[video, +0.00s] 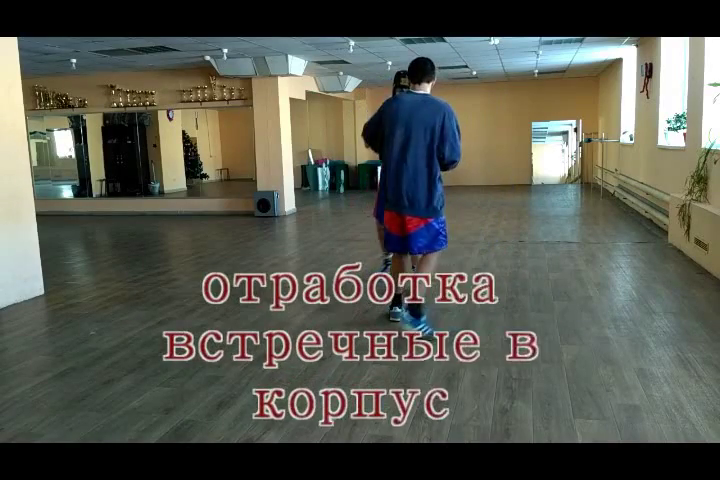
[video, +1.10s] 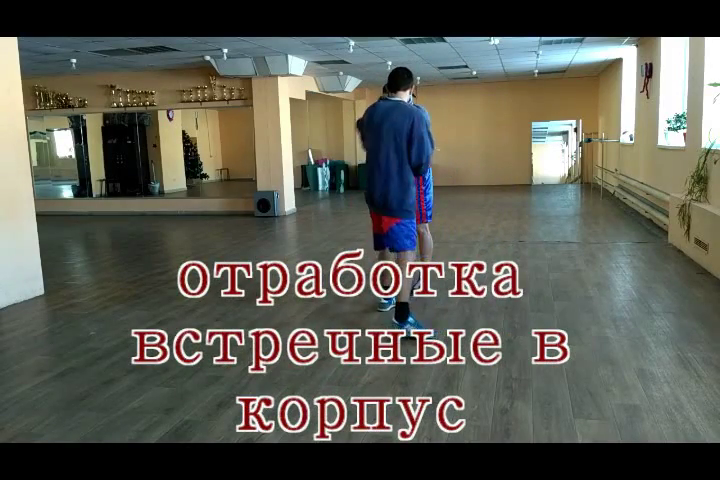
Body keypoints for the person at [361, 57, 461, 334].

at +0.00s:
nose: (433, 83)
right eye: (434, 79)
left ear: (409, 78)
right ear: (432, 80)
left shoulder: (392, 105)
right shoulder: (442, 110)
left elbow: (369, 134)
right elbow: (450, 158)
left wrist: (390, 153)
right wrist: (429, 165)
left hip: (392, 193)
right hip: (425, 195)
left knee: (399, 250)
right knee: (430, 251)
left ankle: (397, 305)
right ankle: (415, 316)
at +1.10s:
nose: (413, 92)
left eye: (412, 89)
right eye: (413, 89)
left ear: (387, 86)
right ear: (410, 89)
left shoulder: (371, 111)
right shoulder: (413, 115)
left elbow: (368, 146)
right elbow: (420, 162)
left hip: (375, 190)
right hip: (402, 193)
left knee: (382, 248)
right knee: (405, 256)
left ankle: (386, 296)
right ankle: (403, 316)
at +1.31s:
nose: (407, 90)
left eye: (406, 86)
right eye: (408, 86)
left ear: (384, 84)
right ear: (406, 86)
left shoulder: (370, 107)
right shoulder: (406, 112)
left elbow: (371, 144)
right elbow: (412, 159)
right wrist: (424, 146)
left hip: (370, 184)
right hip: (396, 188)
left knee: (380, 243)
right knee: (403, 246)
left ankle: (384, 294)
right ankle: (390, 304)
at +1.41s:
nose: (405, 90)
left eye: (404, 87)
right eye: (406, 87)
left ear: (381, 86)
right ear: (403, 87)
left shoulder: (367, 108)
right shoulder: (406, 115)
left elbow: (355, 139)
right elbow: (410, 160)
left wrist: (373, 151)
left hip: (366, 184)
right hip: (392, 188)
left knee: (378, 246)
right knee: (390, 249)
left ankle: (383, 294)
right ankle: (366, 308)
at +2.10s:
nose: (401, 103)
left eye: (400, 99)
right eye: (401, 99)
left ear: (378, 95)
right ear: (397, 98)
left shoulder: (362, 117)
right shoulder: (392, 123)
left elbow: (353, 150)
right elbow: (396, 165)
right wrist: (398, 181)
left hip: (355, 185)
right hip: (374, 188)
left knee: (377, 238)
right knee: (377, 245)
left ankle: (370, 287)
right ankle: (365, 308)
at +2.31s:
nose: (397, 100)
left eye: (397, 96)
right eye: (398, 96)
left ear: (375, 90)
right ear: (394, 94)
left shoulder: (367, 109)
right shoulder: (381, 116)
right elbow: (387, 159)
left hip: (360, 183)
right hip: (369, 186)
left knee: (375, 238)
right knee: (378, 240)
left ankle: (370, 285)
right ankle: (364, 301)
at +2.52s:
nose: (396, 97)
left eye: (396, 94)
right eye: (396, 93)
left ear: (375, 87)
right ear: (392, 91)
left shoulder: (362, 109)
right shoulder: (377, 114)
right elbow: (379, 160)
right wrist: (392, 160)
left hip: (356, 182)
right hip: (366, 187)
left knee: (370, 237)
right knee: (369, 241)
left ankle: (370, 285)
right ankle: (337, 297)